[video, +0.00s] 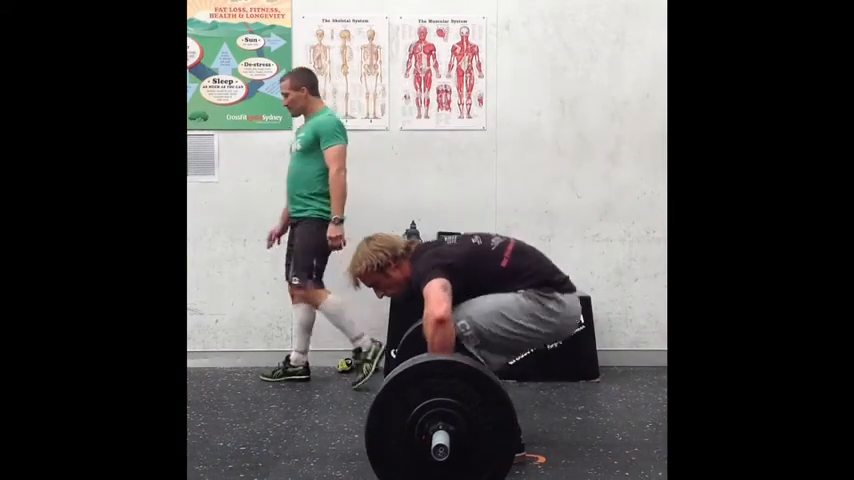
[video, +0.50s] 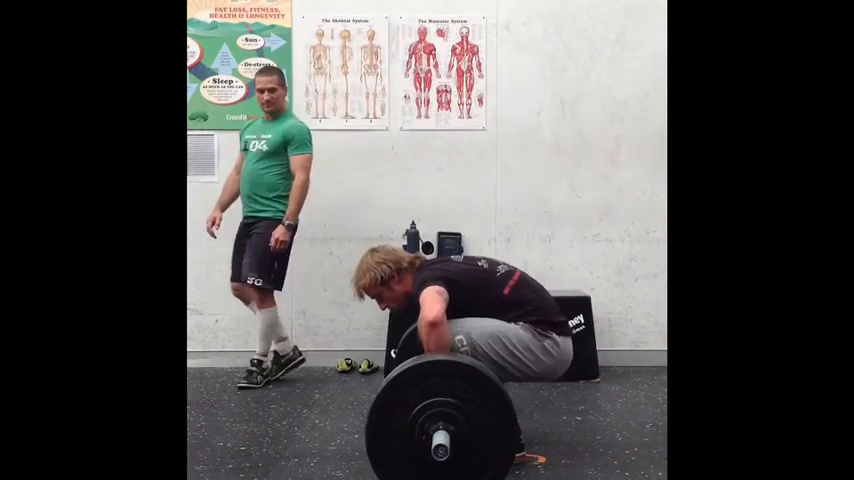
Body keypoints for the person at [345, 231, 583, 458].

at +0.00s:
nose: (381, 294)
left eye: (377, 286)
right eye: (375, 289)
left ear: (391, 267)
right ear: (393, 263)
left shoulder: (428, 262)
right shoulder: (427, 257)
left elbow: (439, 316)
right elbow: (441, 317)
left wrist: (438, 388)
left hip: (550, 303)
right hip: (547, 299)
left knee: (448, 332)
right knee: (442, 331)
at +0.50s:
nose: (383, 306)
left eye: (379, 297)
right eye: (377, 300)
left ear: (394, 279)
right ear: (397, 276)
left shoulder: (430, 275)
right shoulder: (436, 268)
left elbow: (433, 319)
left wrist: (438, 387)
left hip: (546, 343)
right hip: (545, 339)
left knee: (442, 339)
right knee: (438, 337)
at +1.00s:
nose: (386, 305)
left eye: (384, 295)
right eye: (381, 298)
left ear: (400, 278)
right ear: (402, 276)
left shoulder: (432, 276)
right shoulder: (441, 269)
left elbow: (435, 320)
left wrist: (440, 387)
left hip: (546, 353)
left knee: (444, 341)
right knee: (447, 340)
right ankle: (504, 438)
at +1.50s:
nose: (387, 303)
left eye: (385, 294)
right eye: (381, 297)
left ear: (402, 277)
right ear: (404, 275)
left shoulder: (433, 278)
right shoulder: (440, 270)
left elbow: (437, 319)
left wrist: (441, 387)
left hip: (546, 357)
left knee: (442, 340)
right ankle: (503, 436)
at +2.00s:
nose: (385, 301)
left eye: (383, 291)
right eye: (379, 294)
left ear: (401, 276)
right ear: (403, 274)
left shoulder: (430, 276)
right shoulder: (437, 269)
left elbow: (434, 317)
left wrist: (447, 384)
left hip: (545, 358)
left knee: (444, 339)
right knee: (439, 339)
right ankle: (500, 440)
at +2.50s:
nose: (367, 249)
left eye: (365, 238)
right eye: (362, 241)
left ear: (386, 224)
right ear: (388, 224)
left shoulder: (423, 236)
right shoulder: (426, 229)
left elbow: (449, 308)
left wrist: (449, 379)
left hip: (543, 297)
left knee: (442, 325)